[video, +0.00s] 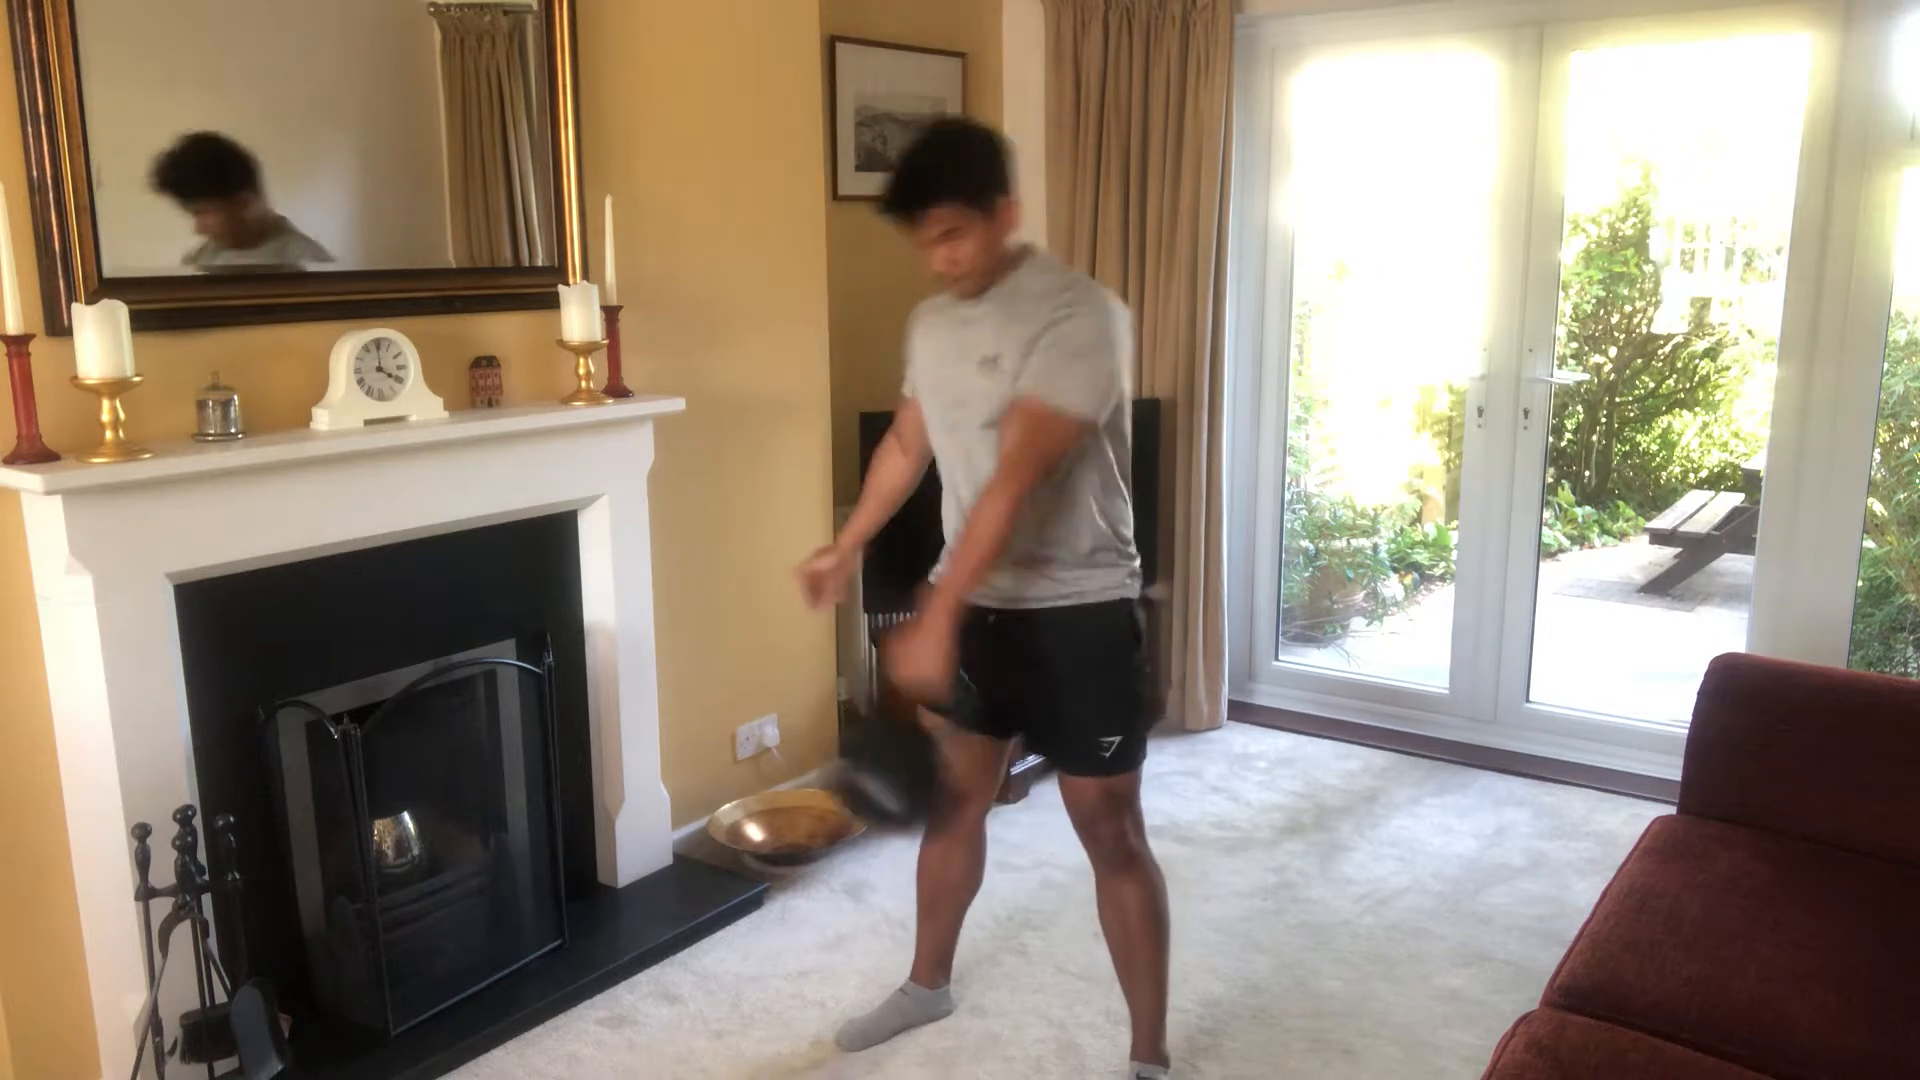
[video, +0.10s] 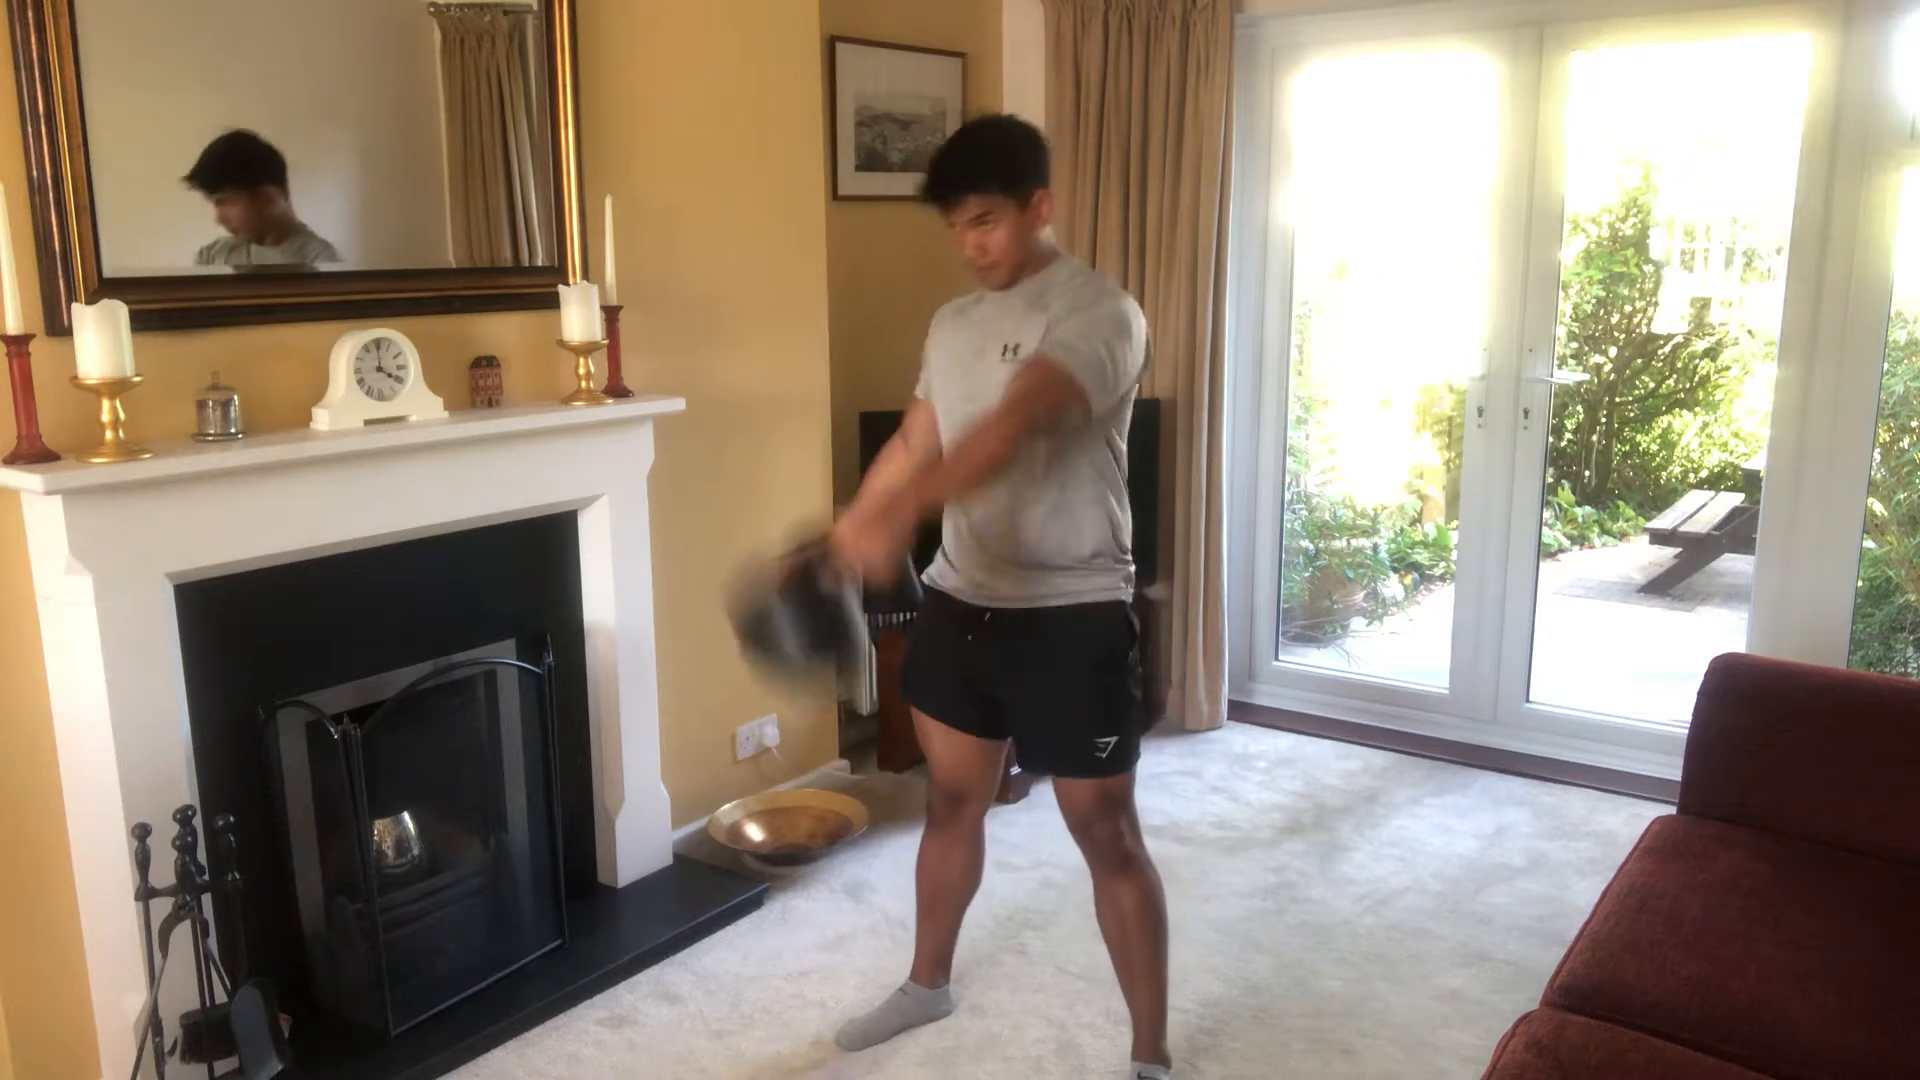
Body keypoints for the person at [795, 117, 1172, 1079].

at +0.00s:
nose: (939, 257)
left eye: (954, 233)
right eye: (924, 241)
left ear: (1006, 214)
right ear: (912, 238)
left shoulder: (1083, 314)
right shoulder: (933, 321)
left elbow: (1017, 477)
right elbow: (909, 441)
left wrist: (938, 613)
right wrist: (850, 544)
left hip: (1082, 613)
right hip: (972, 608)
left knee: (1110, 832)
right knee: (950, 805)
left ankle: (1149, 1056)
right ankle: (928, 985)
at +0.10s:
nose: (971, 243)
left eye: (988, 220)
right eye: (957, 224)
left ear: (1041, 206)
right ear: (945, 222)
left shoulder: (1102, 310)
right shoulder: (952, 321)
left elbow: (1018, 419)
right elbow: (910, 446)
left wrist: (903, 508)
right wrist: (852, 534)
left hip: (1077, 614)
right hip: (962, 604)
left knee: (1105, 833)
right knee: (950, 804)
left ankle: (1150, 1053)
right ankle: (927, 984)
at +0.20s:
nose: (980, 231)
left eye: (998, 208)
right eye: (968, 212)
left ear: (1052, 200)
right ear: (960, 212)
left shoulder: (1108, 306)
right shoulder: (959, 320)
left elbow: (1017, 370)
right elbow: (922, 449)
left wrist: (890, 399)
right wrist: (843, 545)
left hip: (1071, 615)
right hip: (957, 606)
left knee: (1103, 836)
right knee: (951, 806)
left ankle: (1149, 1056)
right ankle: (927, 985)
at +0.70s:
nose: (972, 256)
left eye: (988, 233)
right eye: (958, 238)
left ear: (1040, 215)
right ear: (944, 230)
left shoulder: (1098, 310)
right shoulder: (961, 319)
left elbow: (1004, 429)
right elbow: (945, 446)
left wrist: (886, 541)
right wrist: (885, 544)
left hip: (1079, 615)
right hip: (967, 604)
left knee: (1104, 836)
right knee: (949, 805)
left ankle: (1149, 1054)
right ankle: (927, 985)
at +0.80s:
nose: (928, 294)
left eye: (941, 274)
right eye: (917, 278)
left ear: (989, 248)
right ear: (910, 264)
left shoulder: (1071, 332)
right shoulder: (937, 329)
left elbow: (1011, 494)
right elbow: (937, 439)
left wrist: (933, 642)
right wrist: (889, 537)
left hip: (1088, 613)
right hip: (981, 606)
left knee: (1109, 842)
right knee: (939, 801)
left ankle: (1149, 1057)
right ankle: (926, 984)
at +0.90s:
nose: (864, 389)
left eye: (866, 372)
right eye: (853, 375)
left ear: (910, 336)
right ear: (877, 346)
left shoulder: (1030, 395)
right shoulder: (902, 380)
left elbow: (1009, 587)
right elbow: (913, 455)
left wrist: (982, 724)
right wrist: (889, 534)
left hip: (1097, 619)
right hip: (987, 605)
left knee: (1119, 852)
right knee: (920, 791)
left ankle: (1151, 1060)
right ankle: (925, 982)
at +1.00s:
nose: (823, 510)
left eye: (820, 493)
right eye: (810, 499)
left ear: (851, 461)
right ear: (852, 446)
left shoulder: (992, 499)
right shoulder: (887, 442)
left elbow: (1021, 654)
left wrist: (1034, 754)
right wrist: (906, 560)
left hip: (1110, 636)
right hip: (995, 626)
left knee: (1130, 861)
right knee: (909, 802)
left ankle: (1153, 1063)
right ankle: (924, 985)